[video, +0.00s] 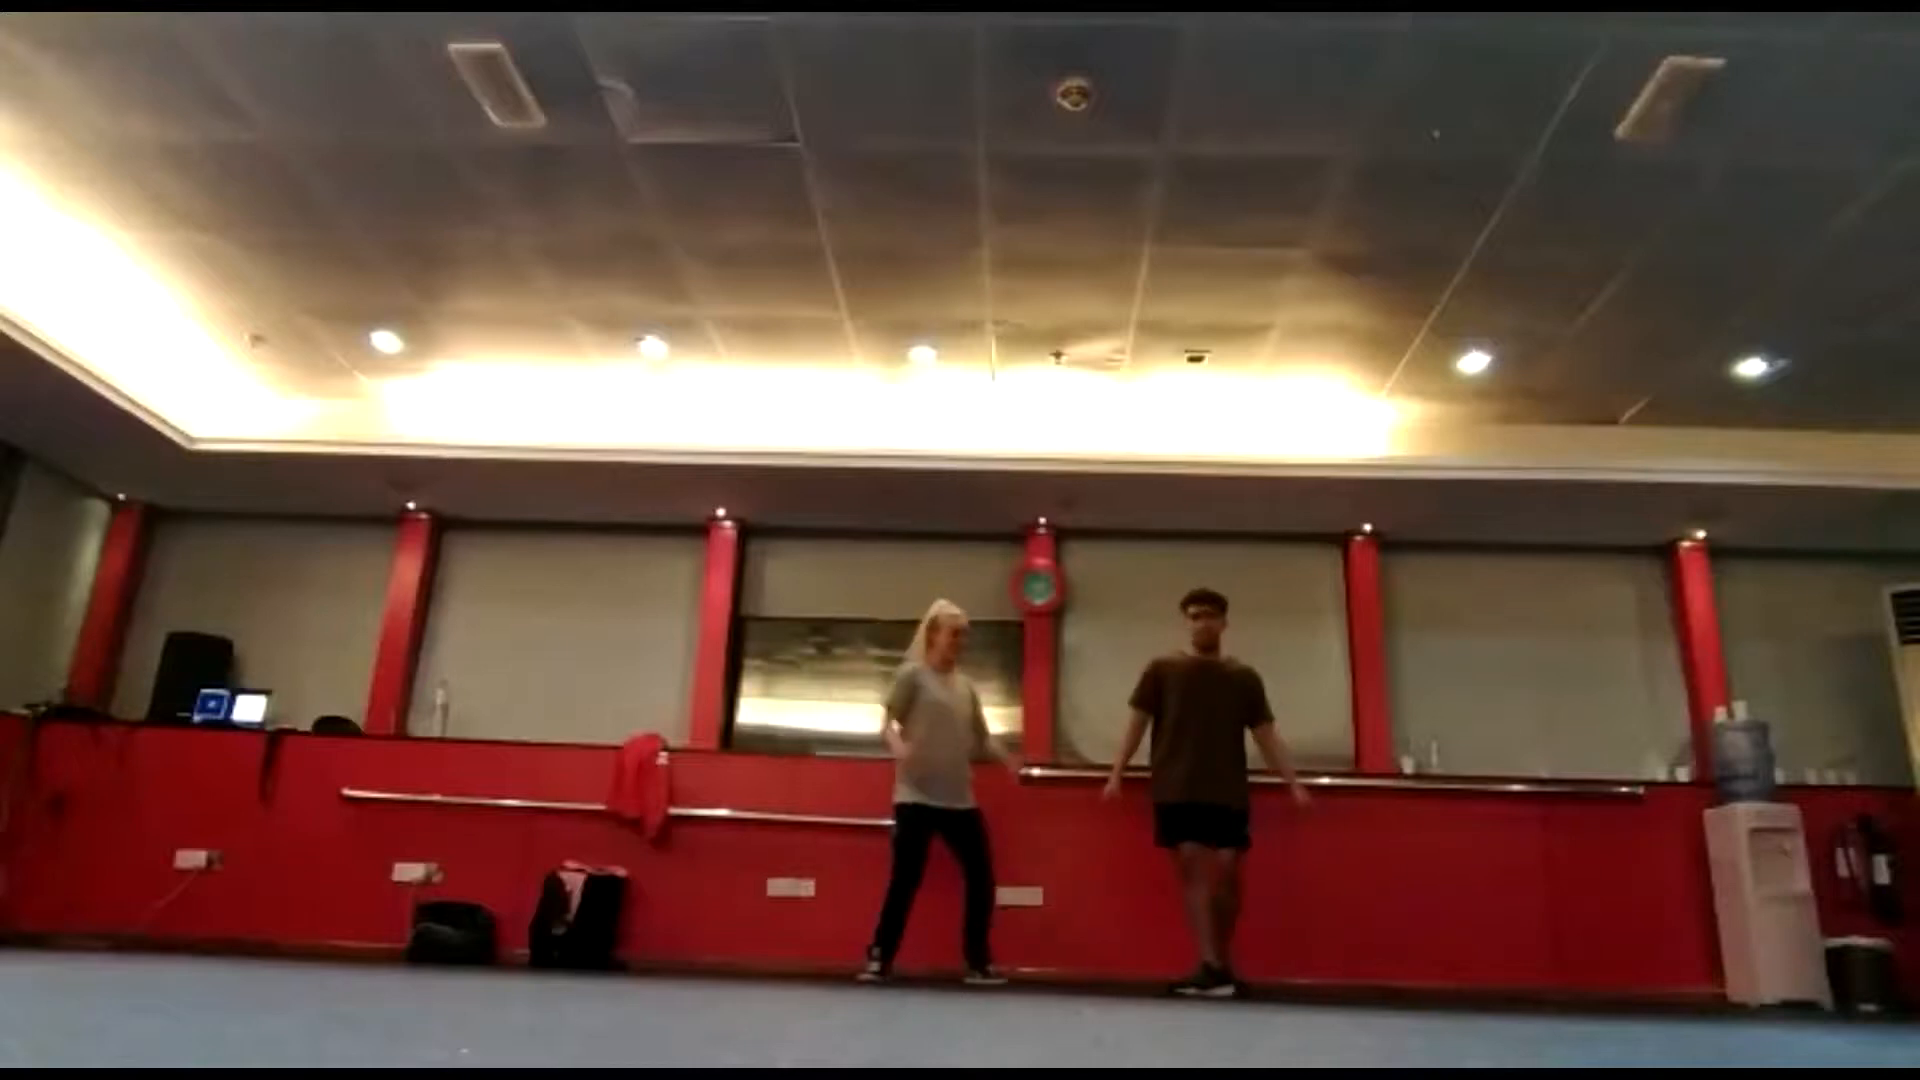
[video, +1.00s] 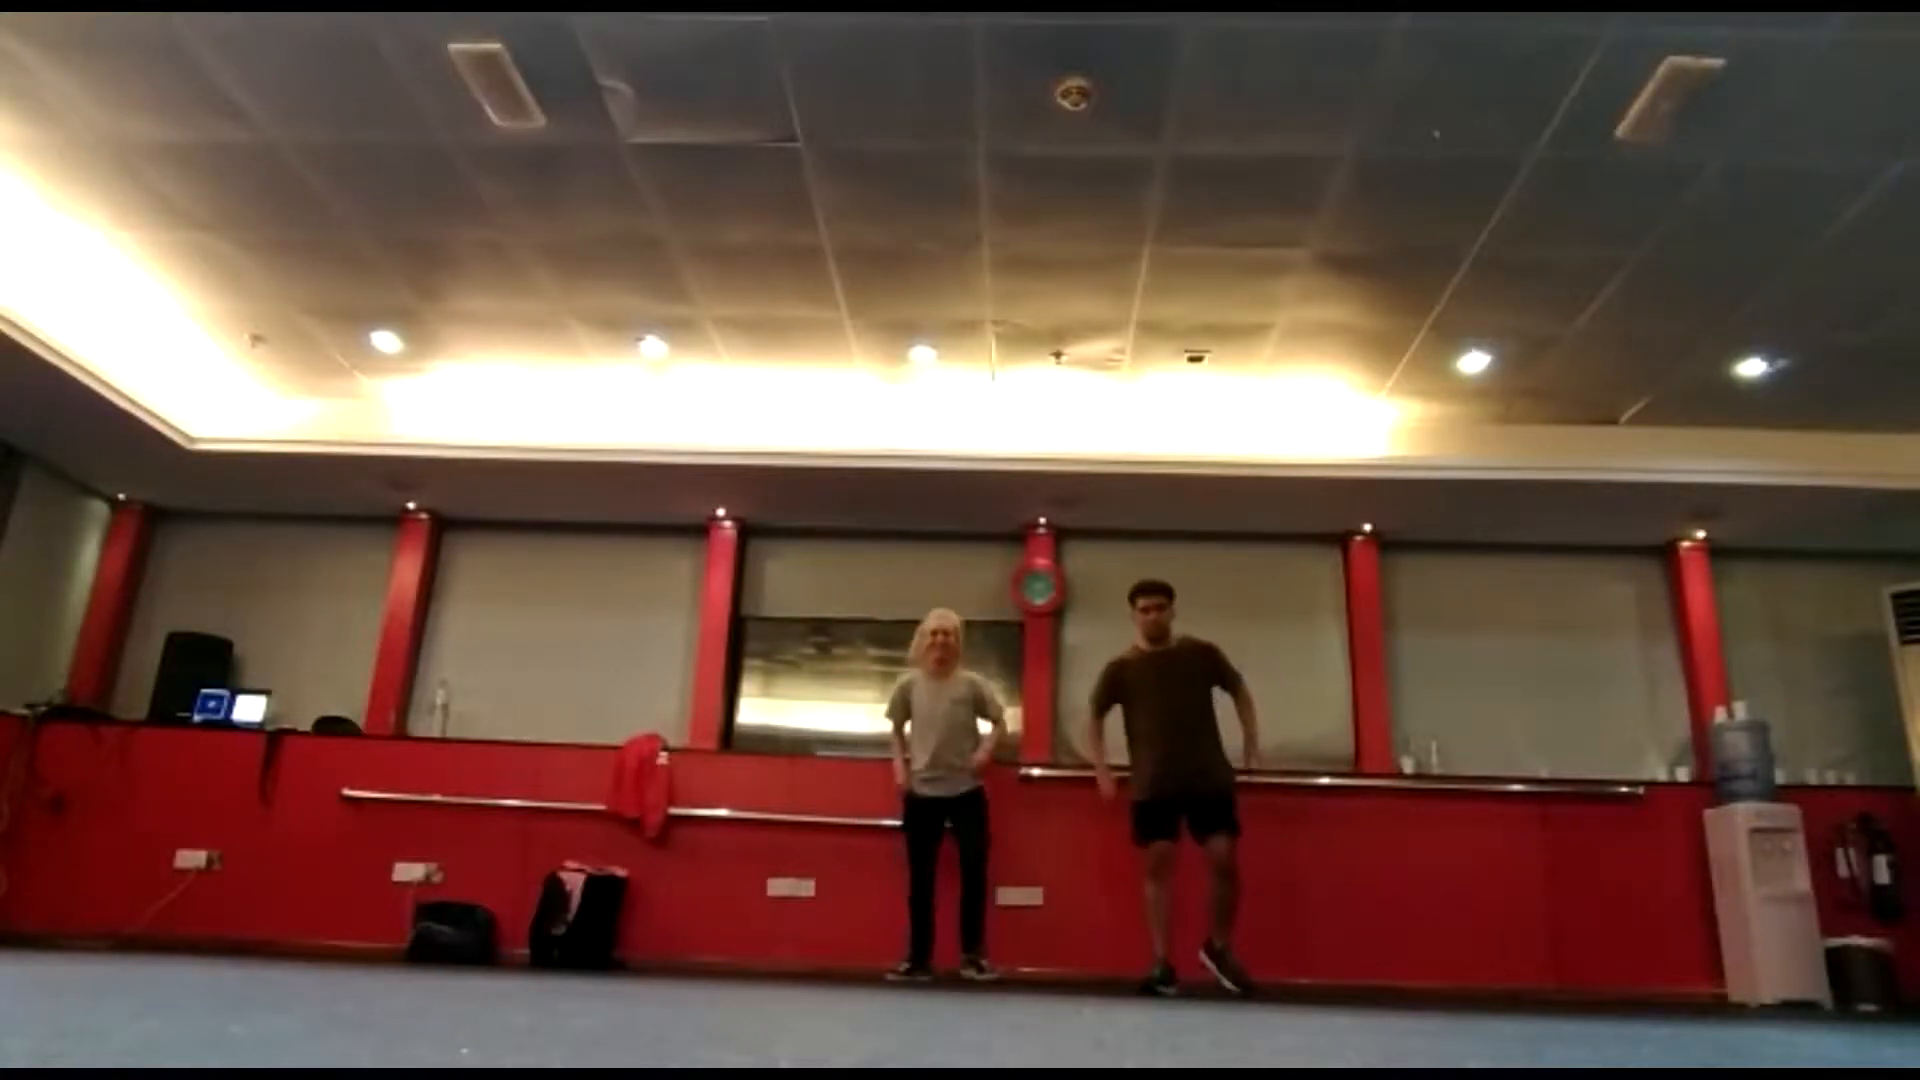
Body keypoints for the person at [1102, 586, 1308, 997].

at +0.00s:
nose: (1203, 624)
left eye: (1211, 617)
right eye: (1196, 617)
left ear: (1223, 622)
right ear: (1185, 622)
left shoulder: (1242, 678)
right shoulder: (1162, 672)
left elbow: (1266, 735)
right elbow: (1136, 725)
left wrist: (1293, 782)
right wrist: (1116, 773)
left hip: (1226, 791)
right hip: (1176, 790)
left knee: (1225, 873)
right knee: (1190, 868)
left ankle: (1219, 962)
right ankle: (1209, 964)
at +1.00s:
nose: (1153, 616)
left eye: (1159, 608)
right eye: (1145, 610)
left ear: (1172, 611)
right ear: (1133, 615)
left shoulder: (1202, 655)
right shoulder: (1121, 669)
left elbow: (1239, 692)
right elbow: (1095, 718)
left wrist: (1251, 746)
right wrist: (1101, 768)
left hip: (1207, 775)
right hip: (1154, 780)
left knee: (1222, 858)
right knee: (1156, 866)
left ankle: (1219, 946)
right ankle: (1161, 961)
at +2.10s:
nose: (1148, 643)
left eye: (1154, 634)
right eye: (1142, 636)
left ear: (1171, 622)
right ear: (1136, 631)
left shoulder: (1217, 662)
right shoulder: (1139, 657)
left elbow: (1230, 731)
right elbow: (1136, 711)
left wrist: (1193, 767)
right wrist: (1136, 751)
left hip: (1204, 773)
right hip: (1157, 771)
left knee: (1196, 851)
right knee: (1154, 861)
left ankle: (1203, 963)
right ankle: (1164, 960)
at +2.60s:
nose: (1103, 673)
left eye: (1099, 664)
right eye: (1096, 668)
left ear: (1112, 645)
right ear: (1108, 652)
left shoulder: (1168, 668)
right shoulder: (1146, 680)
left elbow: (1184, 723)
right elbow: (1164, 736)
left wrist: (1141, 775)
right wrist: (1142, 730)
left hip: (1195, 774)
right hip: (1164, 775)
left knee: (1173, 847)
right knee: (1140, 856)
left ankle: (1198, 967)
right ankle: (1171, 964)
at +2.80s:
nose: (1109, 659)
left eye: (1110, 649)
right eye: (1101, 654)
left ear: (1123, 632)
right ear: (1095, 651)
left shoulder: (1173, 651)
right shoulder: (1112, 683)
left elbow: (1214, 692)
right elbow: (1114, 741)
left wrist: (1167, 739)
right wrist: (1101, 700)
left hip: (1201, 768)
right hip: (1154, 775)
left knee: (1198, 847)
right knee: (1143, 857)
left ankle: (1218, 962)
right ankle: (1172, 963)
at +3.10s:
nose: (1150, 660)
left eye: (1156, 652)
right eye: (1142, 652)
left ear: (1167, 645)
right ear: (1130, 648)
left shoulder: (1191, 676)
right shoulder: (1114, 684)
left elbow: (1224, 724)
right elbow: (1119, 740)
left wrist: (1200, 701)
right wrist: (1146, 691)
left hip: (1193, 783)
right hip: (1144, 785)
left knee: (1217, 872)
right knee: (1131, 863)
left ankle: (1194, 965)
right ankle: (1169, 962)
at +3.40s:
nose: (1204, 658)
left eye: (1211, 652)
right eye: (1200, 649)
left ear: (1218, 647)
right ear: (1188, 636)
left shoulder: (1215, 674)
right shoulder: (1148, 663)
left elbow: (1221, 720)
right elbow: (1118, 712)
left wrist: (1236, 733)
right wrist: (1172, 714)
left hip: (1194, 788)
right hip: (1150, 787)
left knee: (1195, 875)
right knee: (1152, 868)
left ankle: (1189, 966)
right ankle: (1158, 960)